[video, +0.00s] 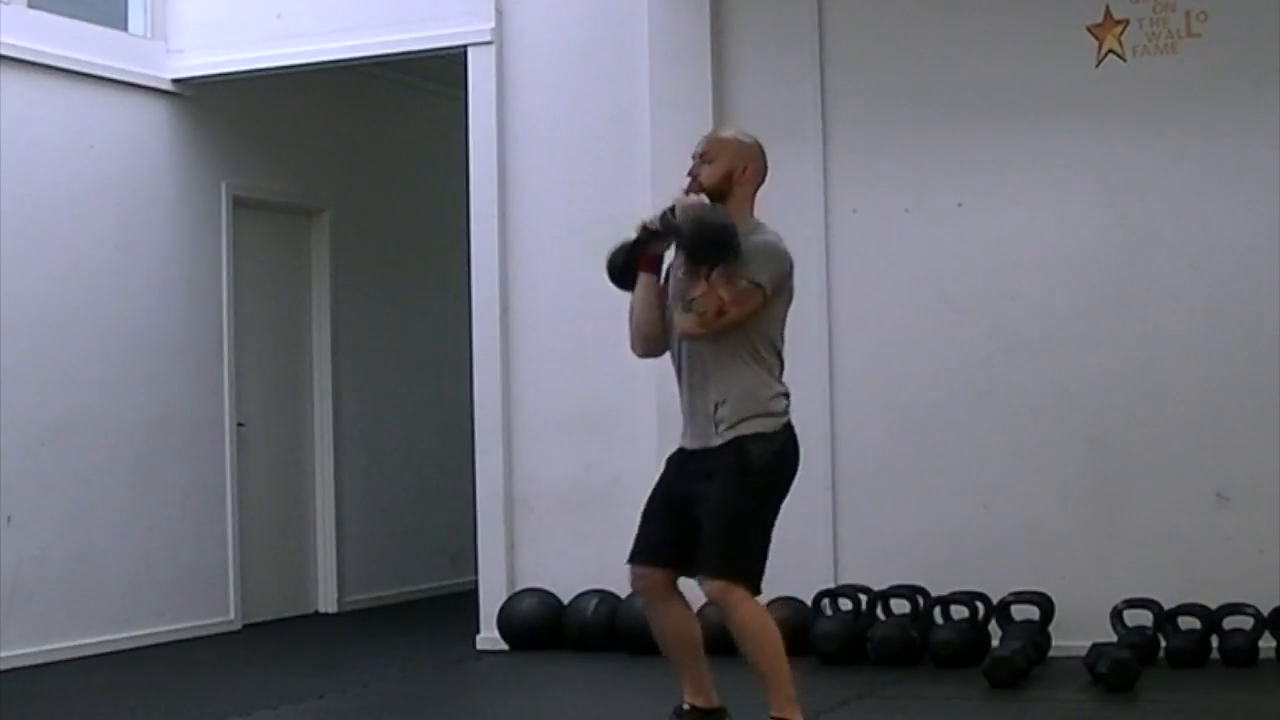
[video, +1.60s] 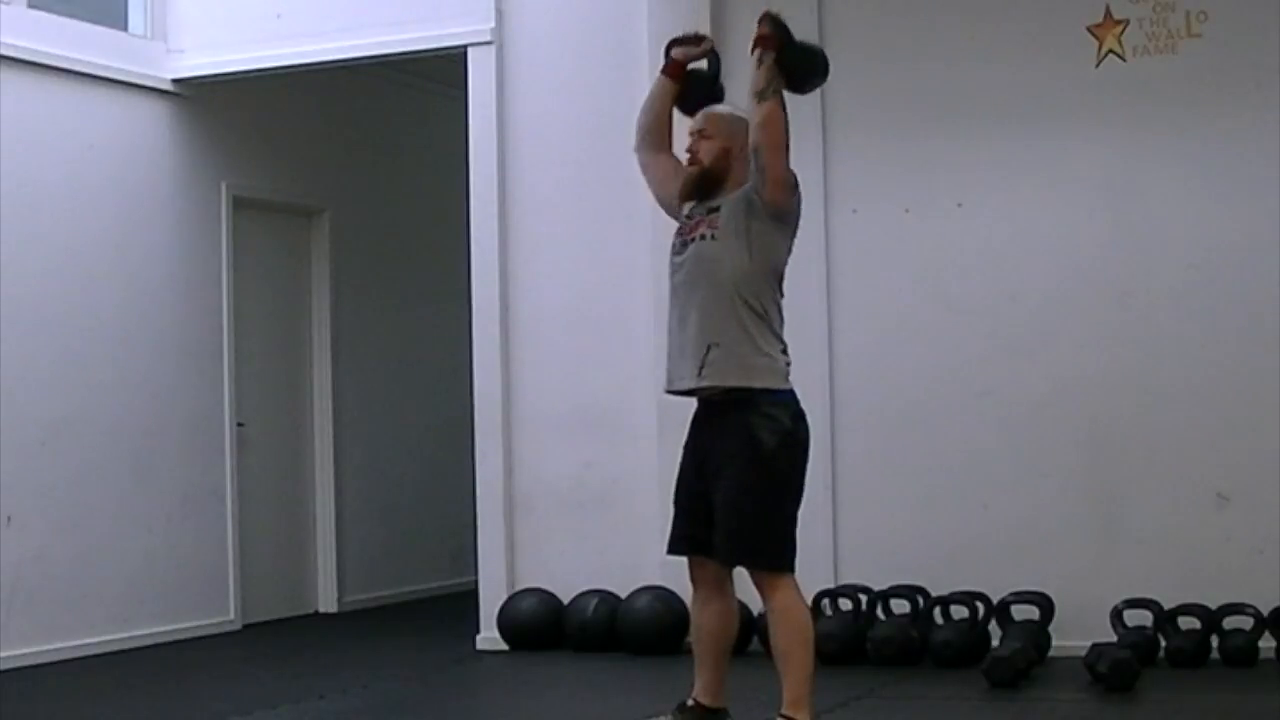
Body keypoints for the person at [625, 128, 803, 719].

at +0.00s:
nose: (691, 171)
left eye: (704, 160)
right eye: (693, 161)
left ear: (746, 172)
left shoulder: (766, 249)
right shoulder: (690, 250)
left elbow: (698, 318)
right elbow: (645, 341)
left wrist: (686, 241)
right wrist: (647, 262)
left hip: (756, 441)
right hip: (697, 446)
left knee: (726, 583)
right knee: (651, 575)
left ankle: (788, 711)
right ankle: (702, 704)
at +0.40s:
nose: (736, 127)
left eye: (754, 125)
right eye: (740, 122)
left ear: (778, 160)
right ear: (730, 149)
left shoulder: (782, 222)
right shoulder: (700, 217)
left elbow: (706, 239)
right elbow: (623, 242)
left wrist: (708, 169)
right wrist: (649, 179)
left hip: (736, 407)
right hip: (680, 405)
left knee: (732, 560)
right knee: (666, 558)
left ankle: (783, 708)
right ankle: (695, 698)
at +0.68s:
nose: (659, 178)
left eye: (671, 167)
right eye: (660, 168)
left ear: (710, 175)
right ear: (678, 181)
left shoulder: (740, 230)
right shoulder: (677, 236)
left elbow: (748, 145)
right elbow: (665, 147)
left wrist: (738, 67)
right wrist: (677, 72)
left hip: (760, 441)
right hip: (706, 443)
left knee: (728, 585)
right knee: (652, 573)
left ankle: (788, 713)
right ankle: (702, 706)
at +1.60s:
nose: (690, 146)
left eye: (704, 136)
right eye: (691, 137)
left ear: (740, 148)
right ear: (694, 149)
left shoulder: (766, 206)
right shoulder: (692, 209)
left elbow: (769, 133)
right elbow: (650, 145)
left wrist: (765, 65)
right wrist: (668, 76)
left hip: (765, 413)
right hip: (713, 413)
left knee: (771, 573)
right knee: (706, 567)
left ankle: (797, 711)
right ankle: (707, 703)